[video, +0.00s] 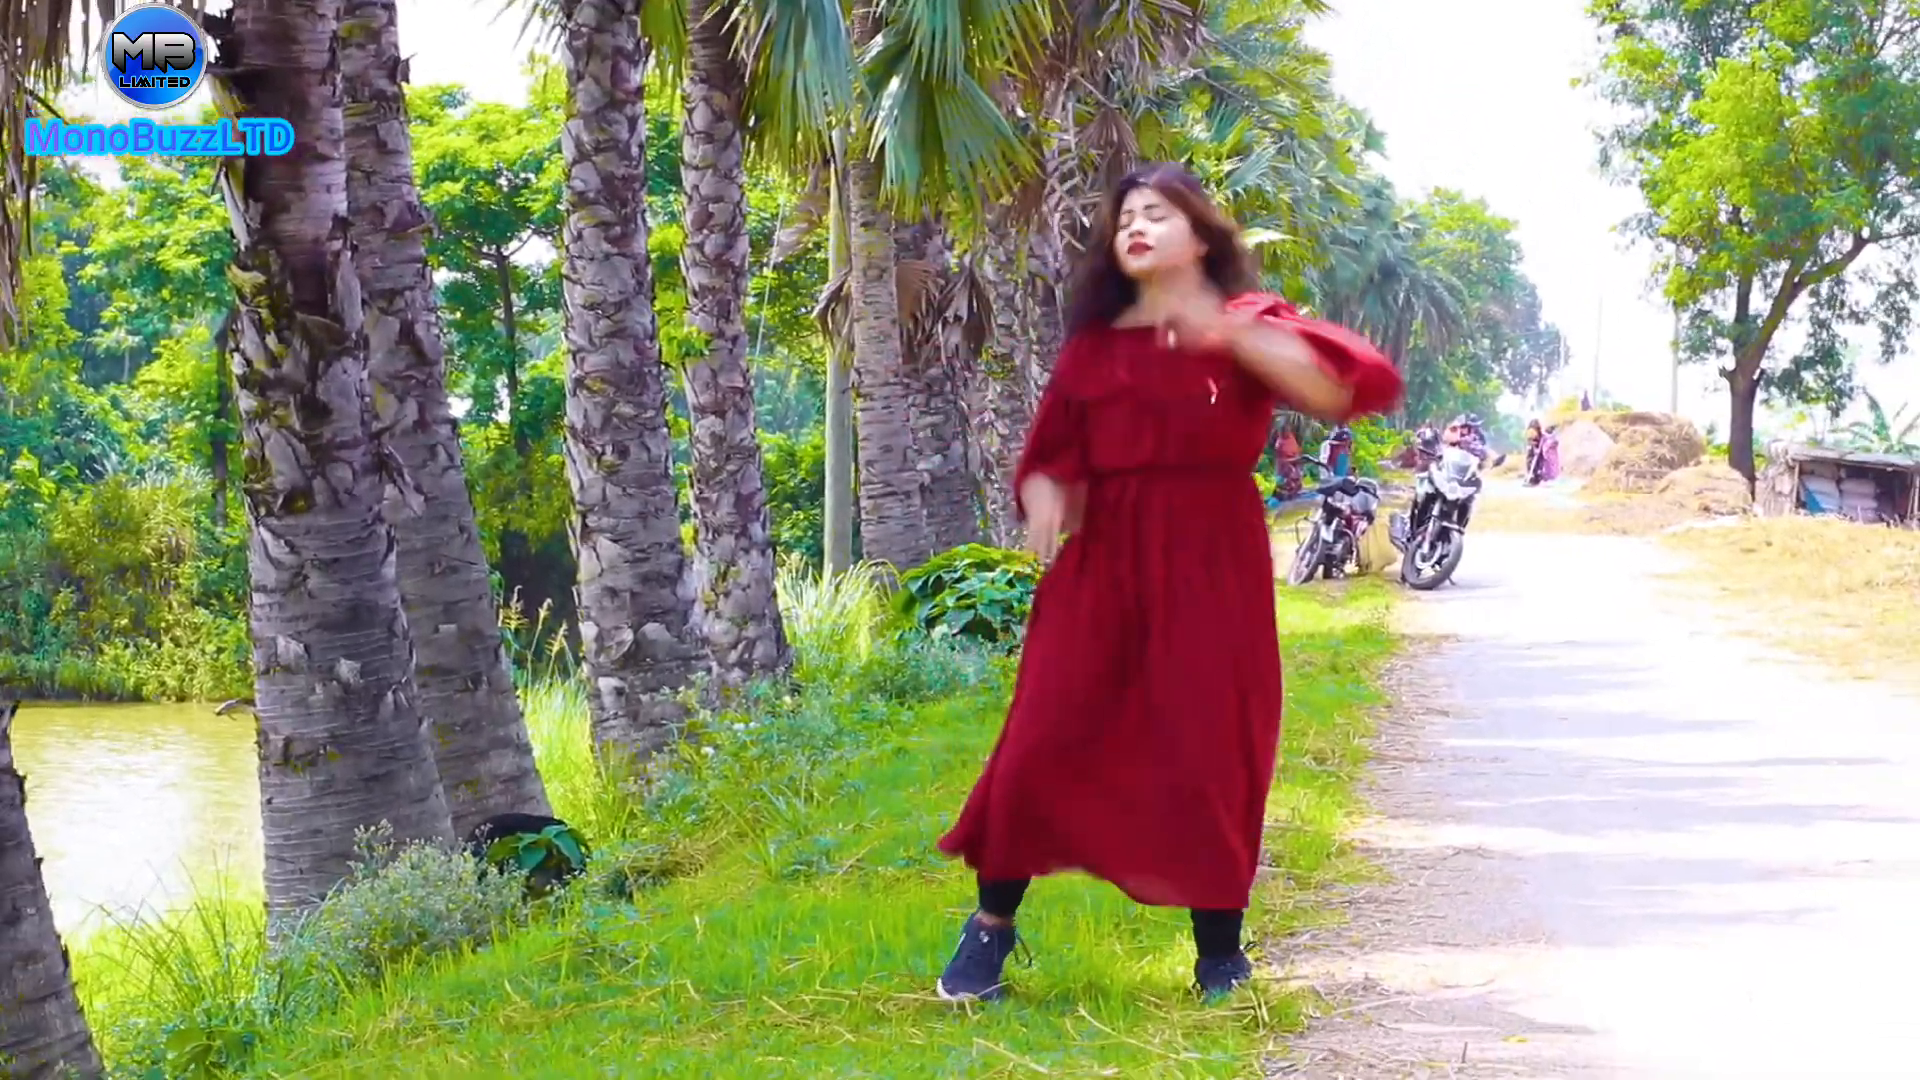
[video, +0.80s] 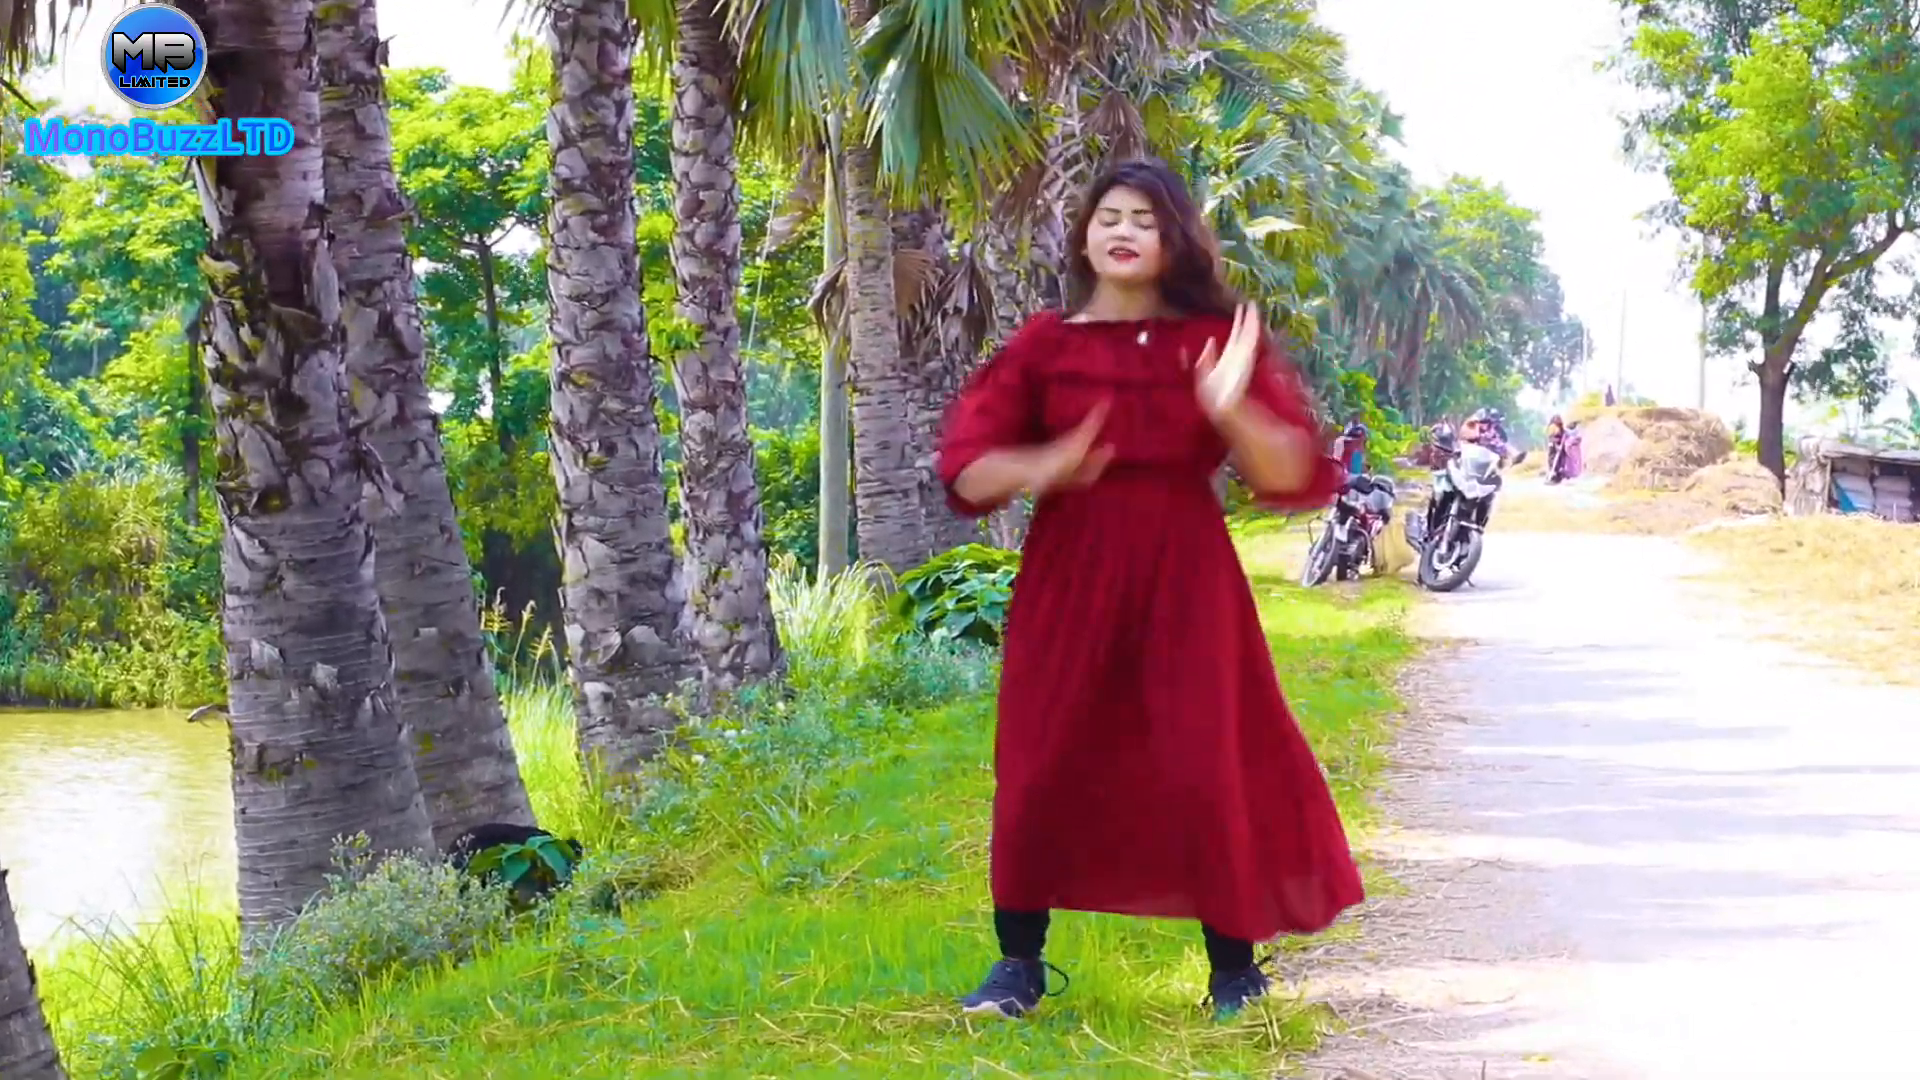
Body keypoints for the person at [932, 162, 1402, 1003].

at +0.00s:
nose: (1137, 225)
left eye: (1156, 213)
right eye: (1125, 220)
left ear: (1199, 232)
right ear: (1115, 249)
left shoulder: (1248, 322)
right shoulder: (1092, 346)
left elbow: (1339, 397)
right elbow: (1049, 452)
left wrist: (1246, 335)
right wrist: (1044, 496)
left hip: (1211, 556)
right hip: (1101, 553)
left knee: (1213, 747)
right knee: (1034, 736)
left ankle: (1221, 955)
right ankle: (989, 928)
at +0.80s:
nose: (1122, 229)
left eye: (1142, 218)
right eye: (1108, 216)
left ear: (1174, 240)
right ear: (1084, 237)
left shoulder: (1218, 342)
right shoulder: (1043, 342)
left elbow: (1295, 475)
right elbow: (965, 468)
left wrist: (1230, 407)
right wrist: (1044, 465)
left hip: (1184, 571)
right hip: (1069, 572)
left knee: (1205, 764)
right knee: (1032, 763)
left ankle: (1233, 974)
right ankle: (1018, 966)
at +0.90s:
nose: (1131, 239)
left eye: (1142, 231)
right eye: (1112, 225)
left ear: (1150, 254)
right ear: (1066, 238)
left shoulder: (1176, 343)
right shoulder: (1012, 332)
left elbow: (1240, 450)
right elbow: (957, 417)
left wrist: (1197, 451)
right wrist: (1065, 342)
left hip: (1153, 559)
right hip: (1043, 559)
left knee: (1189, 741)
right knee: (1028, 746)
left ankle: (1213, 941)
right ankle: (1016, 944)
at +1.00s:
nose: (1133, 215)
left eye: (1139, 203)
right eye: (1116, 198)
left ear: (1142, 220)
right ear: (1060, 206)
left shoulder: (1162, 304)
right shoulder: (1008, 295)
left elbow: (1240, 387)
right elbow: (914, 301)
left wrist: (1216, 432)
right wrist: (1016, 255)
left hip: (1149, 533)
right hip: (1039, 532)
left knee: (1197, 721)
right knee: (1029, 729)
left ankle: (1210, 941)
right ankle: (1015, 949)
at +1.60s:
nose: (1159, 262)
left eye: (1166, 251)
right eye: (1139, 250)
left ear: (1175, 268)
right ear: (1092, 266)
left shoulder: (1191, 348)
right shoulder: (1045, 354)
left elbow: (1300, 425)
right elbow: (919, 373)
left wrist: (1244, 479)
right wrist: (1006, 324)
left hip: (1183, 580)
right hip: (1077, 582)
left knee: (1201, 758)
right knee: (1032, 750)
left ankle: (1234, 944)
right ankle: (1016, 939)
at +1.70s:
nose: (1143, 239)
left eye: (1163, 228)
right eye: (1128, 232)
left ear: (1201, 253)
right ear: (1109, 261)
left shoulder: (1236, 337)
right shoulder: (1084, 359)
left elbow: (1335, 406)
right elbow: (992, 480)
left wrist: (1213, 442)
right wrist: (1051, 416)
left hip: (1208, 564)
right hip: (1103, 562)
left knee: (1221, 759)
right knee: (1052, 753)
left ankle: (1251, 966)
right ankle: (1022, 958)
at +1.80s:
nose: (1143, 217)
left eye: (1162, 202)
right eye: (1141, 204)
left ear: (1214, 215)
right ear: (1141, 226)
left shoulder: (1264, 298)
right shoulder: (1125, 329)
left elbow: (1306, 352)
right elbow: (1075, 441)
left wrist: (1213, 318)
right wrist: (1057, 514)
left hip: (1232, 560)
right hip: (1128, 553)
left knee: (1234, 753)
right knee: (1041, 737)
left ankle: (1256, 971)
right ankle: (1033, 948)